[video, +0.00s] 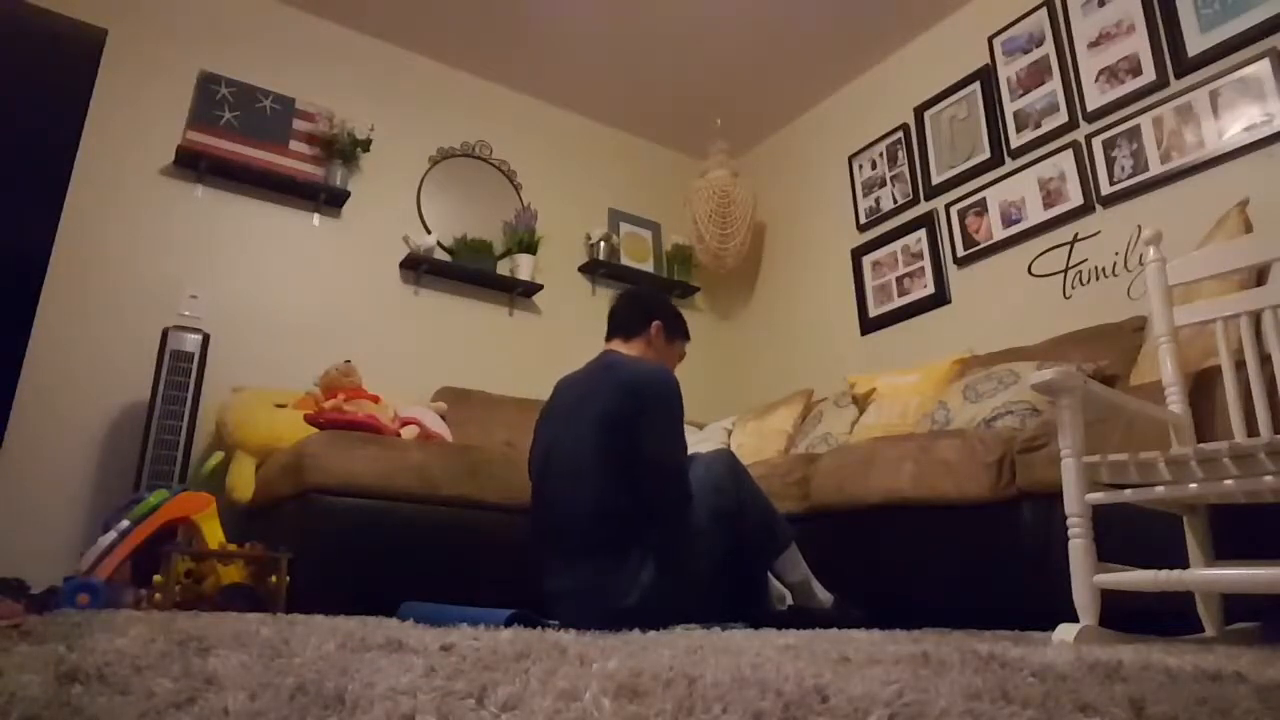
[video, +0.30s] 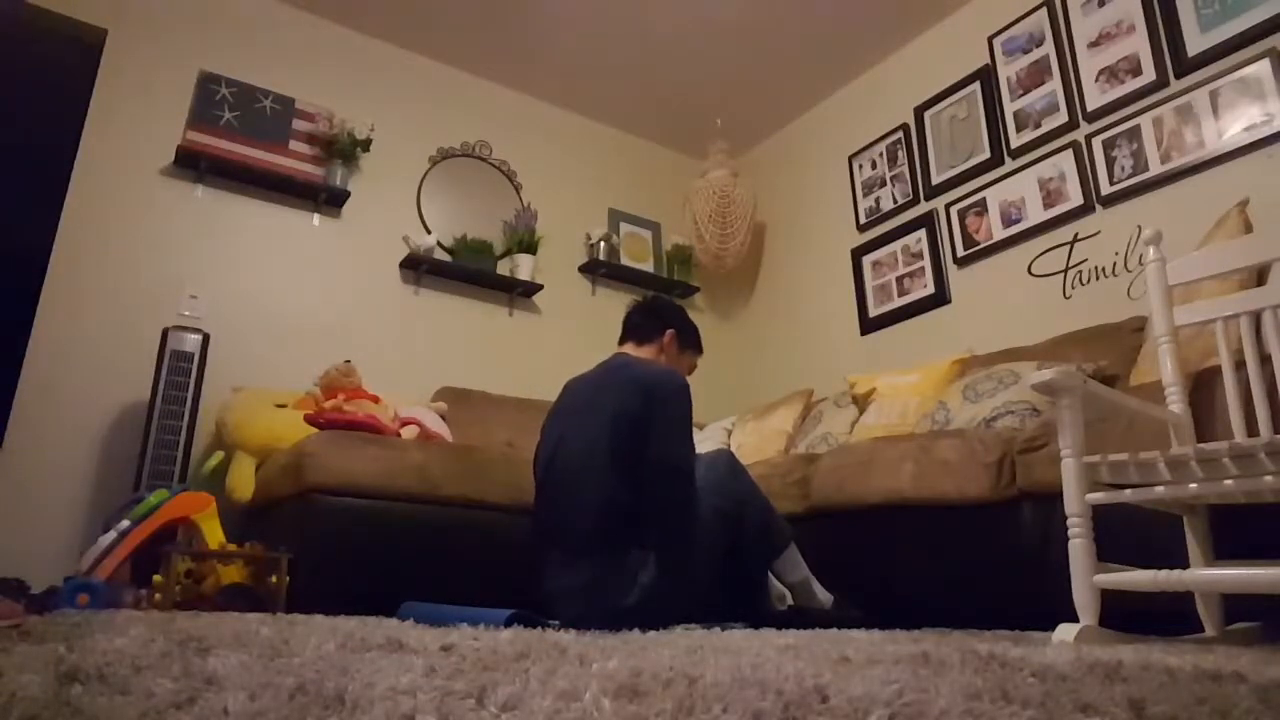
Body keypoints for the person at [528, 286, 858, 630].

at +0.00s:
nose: (674, 373)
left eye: (678, 362)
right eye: (677, 358)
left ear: (611, 336)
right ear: (655, 333)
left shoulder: (563, 389)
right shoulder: (652, 382)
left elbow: (539, 475)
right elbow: (671, 501)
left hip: (566, 601)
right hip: (632, 602)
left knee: (719, 465)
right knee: (717, 472)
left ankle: (806, 592)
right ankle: (779, 603)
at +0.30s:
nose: (687, 383)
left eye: (692, 373)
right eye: (690, 370)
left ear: (626, 339)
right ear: (667, 341)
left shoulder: (573, 389)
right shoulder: (663, 385)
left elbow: (547, 483)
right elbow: (674, 506)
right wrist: (680, 582)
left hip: (565, 597)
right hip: (627, 600)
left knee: (719, 466)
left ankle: (811, 594)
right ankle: (776, 603)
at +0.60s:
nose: (680, 381)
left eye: (685, 372)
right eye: (683, 369)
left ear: (620, 341)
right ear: (662, 341)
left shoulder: (567, 388)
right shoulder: (659, 384)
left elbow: (540, 477)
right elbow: (671, 507)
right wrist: (679, 585)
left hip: (565, 597)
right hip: (626, 600)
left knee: (717, 469)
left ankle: (807, 590)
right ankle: (769, 612)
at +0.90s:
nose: (680, 378)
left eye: (685, 370)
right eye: (683, 366)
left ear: (620, 339)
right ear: (660, 340)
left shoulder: (566, 386)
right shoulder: (654, 382)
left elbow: (540, 480)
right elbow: (667, 503)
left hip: (564, 597)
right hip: (623, 599)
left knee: (717, 470)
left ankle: (810, 591)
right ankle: (776, 606)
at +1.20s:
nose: (621, 352)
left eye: (624, 338)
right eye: (621, 335)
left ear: (555, 322)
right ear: (595, 319)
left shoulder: (516, 391)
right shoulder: (605, 379)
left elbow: (515, 498)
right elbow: (652, 501)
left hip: (556, 599)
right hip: (629, 600)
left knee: (713, 468)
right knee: (717, 478)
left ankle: (807, 592)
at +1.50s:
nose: (485, 347)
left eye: (480, 333)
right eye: (475, 334)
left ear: (422, 351)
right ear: (442, 344)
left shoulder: (409, 442)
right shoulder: (486, 425)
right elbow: (594, 507)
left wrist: (576, 492)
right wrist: (591, 482)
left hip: (534, 600)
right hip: (598, 595)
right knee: (709, 471)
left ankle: (788, 601)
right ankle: (802, 594)